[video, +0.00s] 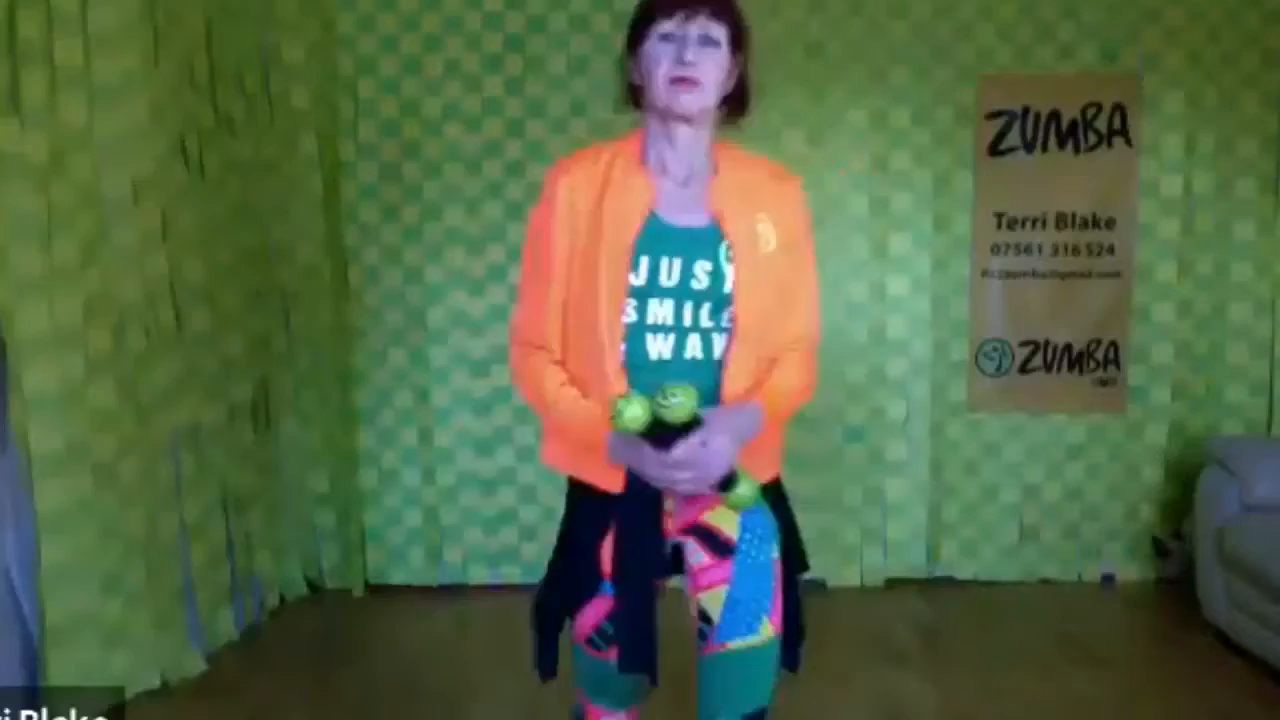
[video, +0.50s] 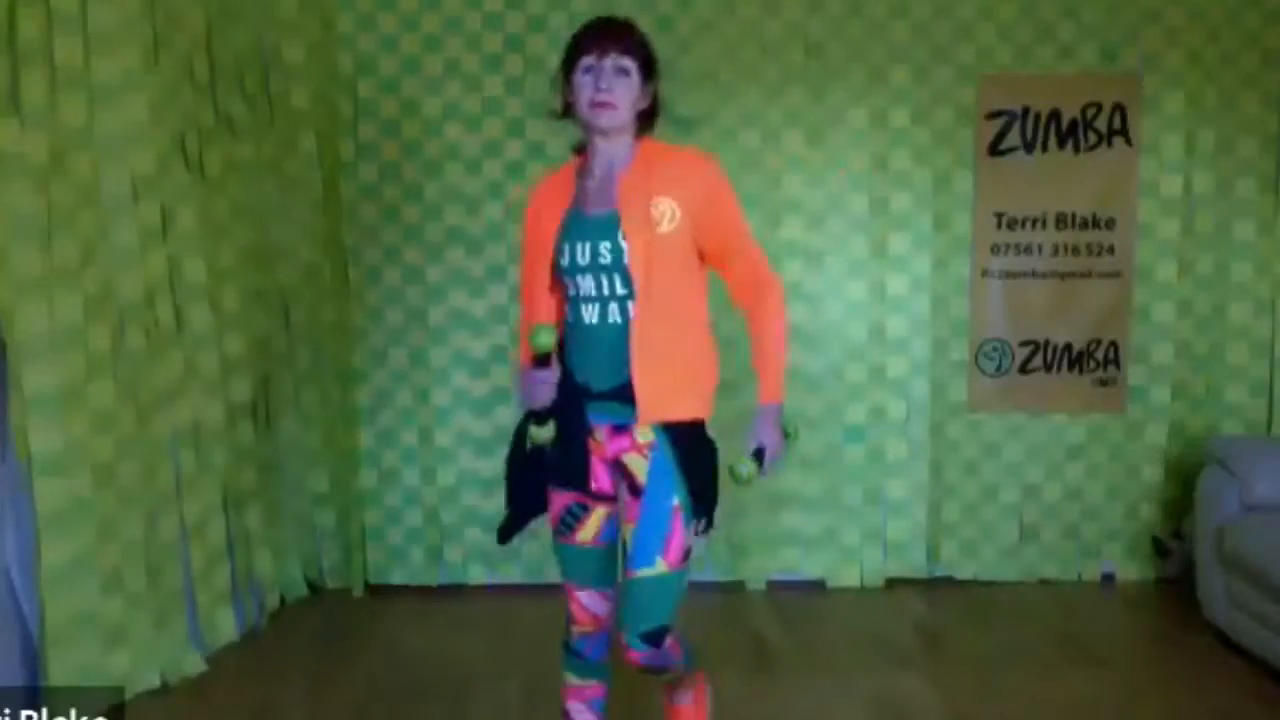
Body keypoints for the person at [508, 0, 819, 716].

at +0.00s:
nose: (685, 55)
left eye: (707, 42)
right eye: (667, 39)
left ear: (734, 70)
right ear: (636, 64)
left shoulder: (774, 194)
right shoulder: (575, 186)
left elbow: (796, 356)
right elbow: (533, 356)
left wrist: (738, 426)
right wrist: (626, 449)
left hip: (737, 499)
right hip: (612, 501)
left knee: (738, 707)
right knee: (607, 705)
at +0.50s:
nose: (604, 84)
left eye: (622, 72)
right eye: (589, 71)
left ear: (647, 92)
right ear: (570, 92)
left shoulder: (689, 178)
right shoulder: (548, 195)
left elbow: (759, 288)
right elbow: (536, 315)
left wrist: (770, 405)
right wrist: (533, 374)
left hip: (667, 430)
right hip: (574, 429)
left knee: (644, 641)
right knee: (585, 627)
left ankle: (686, 688)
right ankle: (583, 717)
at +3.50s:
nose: (641, 134)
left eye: (653, 124)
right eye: (631, 123)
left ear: (672, 135)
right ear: (615, 133)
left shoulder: (700, 197)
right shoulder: (595, 205)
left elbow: (737, 277)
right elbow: (577, 280)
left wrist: (737, 352)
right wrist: (579, 325)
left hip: (680, 364)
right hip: (615, 364)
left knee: (666, 507)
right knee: (622, 502)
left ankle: (680, 609)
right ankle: (622, 620)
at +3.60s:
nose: (641, 137)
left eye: (653, 127)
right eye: (631, 126)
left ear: (672, 138)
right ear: (615, 135)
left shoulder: (698, 197)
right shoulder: (599, 205)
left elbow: (738, 276)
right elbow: (585, 275)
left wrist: (737, 350)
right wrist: (588, 306)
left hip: (678, 368)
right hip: (616, 368)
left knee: (664, 512)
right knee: (625, 504)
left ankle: (680, 613)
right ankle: (626, 620)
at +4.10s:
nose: (660, 145)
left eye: (672, 134)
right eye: (650, 133)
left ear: (688, 145)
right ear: (631, 140)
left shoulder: (698, 214)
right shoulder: (601, 203)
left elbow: (723, 300)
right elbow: (561, 287)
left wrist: (711, 300)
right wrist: (565, 366)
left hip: (692, 370)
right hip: (631, 371)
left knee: (683, 505)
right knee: (649, 509)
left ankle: (671, 619)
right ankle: (621, 621)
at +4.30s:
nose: (649, 148)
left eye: (661, 138)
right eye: (638, 136)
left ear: (677, 148)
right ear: (620, 144)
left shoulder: (694, 207)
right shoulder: (594, 209)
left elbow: (717, 285)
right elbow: (560, 303)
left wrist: (719, 343)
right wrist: (558, 391)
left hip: (680, 369)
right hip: (614, 373)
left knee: (699, 505)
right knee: (630, 514)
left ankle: (676, 609)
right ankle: (616, 620)